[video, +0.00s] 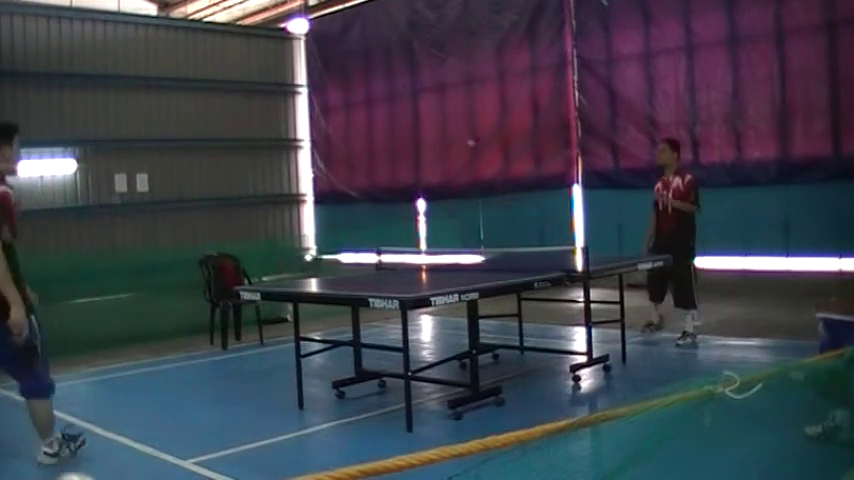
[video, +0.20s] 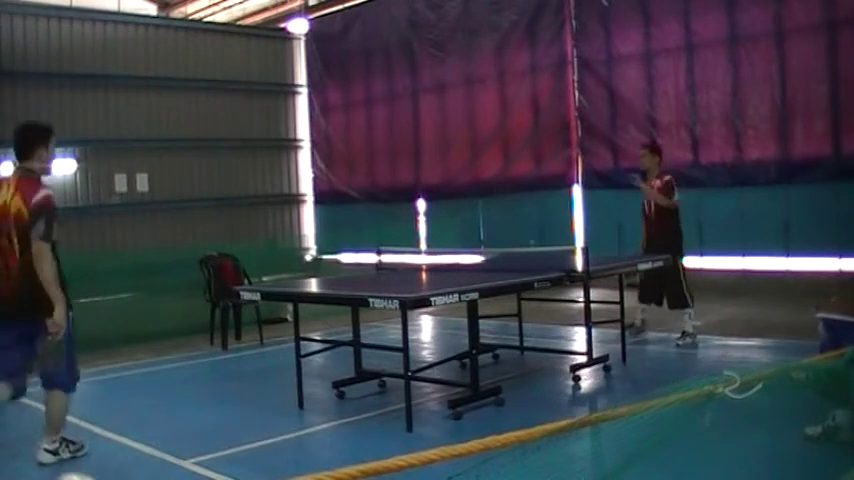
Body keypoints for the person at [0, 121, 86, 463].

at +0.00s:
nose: (16, 159)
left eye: (15, 151)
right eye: (12, 152)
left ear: (9, 152)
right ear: (0, 153)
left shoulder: (7, 195)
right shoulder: (4, 197)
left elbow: (6, 251)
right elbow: (2, 254)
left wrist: (23, 288)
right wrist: (13, 302)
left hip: (12, 298)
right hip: (9, 302)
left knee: (33, 371)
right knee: (33, 371)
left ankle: (51, 441)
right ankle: (50, 443)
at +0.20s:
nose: (52, 156)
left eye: (50, 149)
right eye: (49, 149)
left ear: (21, 152)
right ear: (38, 152)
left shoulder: (6, 188)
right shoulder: (40, 197)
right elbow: (41, 253)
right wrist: (59, 304)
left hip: (9, 299)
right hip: (39, 301)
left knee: (12, 375)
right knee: (60, 374)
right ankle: (52, 442)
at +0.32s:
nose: (65, 151)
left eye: (63, 144)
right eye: (62, 144)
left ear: (33, 147)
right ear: (52, 147)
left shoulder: (10, 188)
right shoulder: (56, 189)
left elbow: (6, 244)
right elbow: (65, 241)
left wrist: (10, 283)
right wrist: (91, 284)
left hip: (20, 288)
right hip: (53, 288)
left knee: (43, 355)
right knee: (61, 364)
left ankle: (21, 416)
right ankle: (53, 442)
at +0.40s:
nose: (73, 150)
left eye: (72, 143)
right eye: (71, 144)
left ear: (42, 147)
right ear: (61, 146)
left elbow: (6, 241)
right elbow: (81, 237)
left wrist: (5, 280)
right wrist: (115, 270)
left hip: (34, 287)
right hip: (64, 289)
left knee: (61, 359)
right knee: (63, 365)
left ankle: (59, 429)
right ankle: (53, 442)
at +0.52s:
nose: (88, 152)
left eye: (87, 145)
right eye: (86, 146)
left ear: (58, 150)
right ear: (74, 149)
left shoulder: (38, 189)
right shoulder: (78, 187)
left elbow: (24, 236)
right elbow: (95, 231)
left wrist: (18, 286)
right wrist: (134, 251)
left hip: (48, 289)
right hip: (77, 290)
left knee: (85, 356)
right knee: (69, 365)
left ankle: (109, 414)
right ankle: (52, 441)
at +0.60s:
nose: (95, 155)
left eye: (94, 149)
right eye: (94, 150)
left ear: (66, 153)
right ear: (84, 152)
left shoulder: (51, 188)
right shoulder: (85, 188)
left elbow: (38, 242)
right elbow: (101, 232)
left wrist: (38, 287)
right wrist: (144, 247)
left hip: (58, 289)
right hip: (86, 292)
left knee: (97, 356)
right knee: (79, 364)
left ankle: (122, 413)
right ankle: (53, 440)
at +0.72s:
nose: (110, 157)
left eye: (109, 151)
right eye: (108, 151)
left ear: (83, 155)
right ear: (96, 154)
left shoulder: (69, 187)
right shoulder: (96, 188)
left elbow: (67, 241)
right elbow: (106, 234)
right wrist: (150, 249)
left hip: (82, 289)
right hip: (103, 290)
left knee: (109, 356)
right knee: (99, 363)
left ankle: (130, 414)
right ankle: (59, 428)